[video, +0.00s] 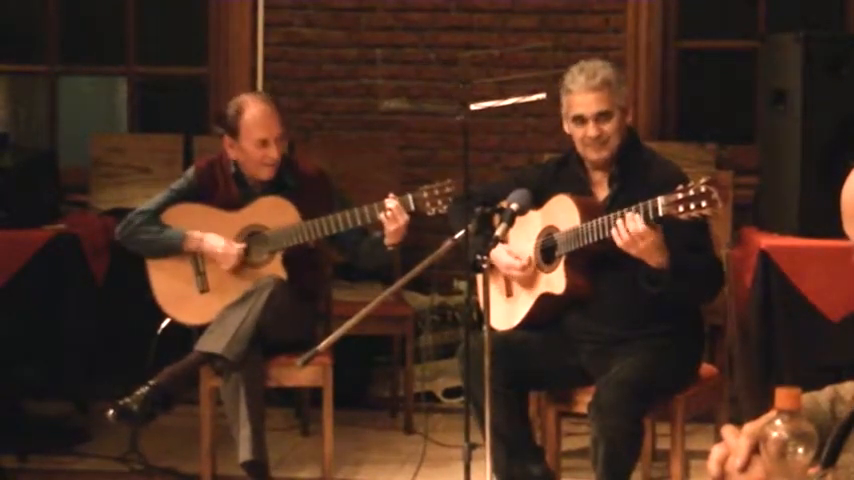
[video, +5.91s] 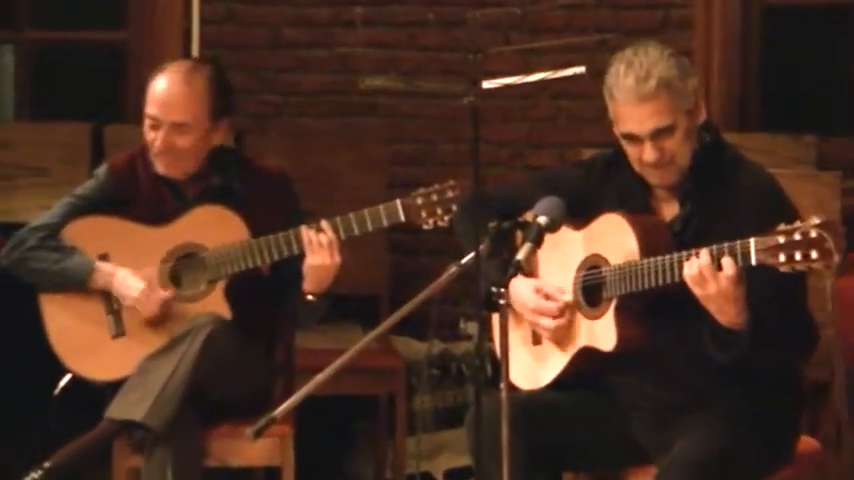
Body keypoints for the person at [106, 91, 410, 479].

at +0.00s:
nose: (274, 153)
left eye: (279, 141)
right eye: (262, 144)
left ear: (286, 137)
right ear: (231, 146)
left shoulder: (307, 183)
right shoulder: (208, 178)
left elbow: (355, 249)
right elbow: (131, 230)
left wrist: (388, 242)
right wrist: (200, 242)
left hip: (296, 314)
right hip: (229, 311)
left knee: (270, 290)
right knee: (243, 353)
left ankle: (167, 383)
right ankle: (254, 468)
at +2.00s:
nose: (276, 168)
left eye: (282, 156)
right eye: (264, 159)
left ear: (289, 145)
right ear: (234, 155)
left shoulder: (308, 184)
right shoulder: (210, 178)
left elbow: (344, 262)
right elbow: (133, 229)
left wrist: (375, 250)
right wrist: (197, 255)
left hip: (296, 315)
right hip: (229, 311)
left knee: (272, 291)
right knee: (244, 350)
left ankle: (167, 381)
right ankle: (255, 468)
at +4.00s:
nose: (275, 151)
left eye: (280, 139)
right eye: (263, 142)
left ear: (287, 136)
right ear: (232, 143)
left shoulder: (310, 185)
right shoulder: (206, 178)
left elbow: (345, 260)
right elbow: (131, 232)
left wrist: (389, 238)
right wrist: (197, 243)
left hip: (297, 319)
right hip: (225, 313)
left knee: (266, 289)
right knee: (244, 356)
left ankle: (169, 395)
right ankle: (252, 470)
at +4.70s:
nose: (265, 157)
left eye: (271, 143)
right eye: (251, 145)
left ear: (278, 135)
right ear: (214, 141)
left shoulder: (296, 190)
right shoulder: (182, 177)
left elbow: (321, 286)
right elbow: (92, 233)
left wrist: (348, 276)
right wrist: (175, 249)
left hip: (278, 338)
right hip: (198, 328)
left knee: (246, 306)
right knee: (217, 390)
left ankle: (130, 416)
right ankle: (218, 475)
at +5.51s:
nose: (213, 137)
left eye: (224, 121)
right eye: (196, 123)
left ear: (239, 122)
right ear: (165, 126)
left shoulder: (273, 189)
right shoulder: (139, 177)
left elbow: (296, 306)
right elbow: (39, 246)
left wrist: (320, 287)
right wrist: (131, 265)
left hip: (251, 361)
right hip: (157, 353)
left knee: (218, 327)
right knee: (183, 420)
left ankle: (86, 445)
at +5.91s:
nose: (161, 142)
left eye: (180, 129)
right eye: (153, 124)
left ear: (220, 132)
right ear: (143, 119)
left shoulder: (265, 190)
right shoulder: (123, 177)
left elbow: (293, 314)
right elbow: (21, 251)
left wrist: (314, 291)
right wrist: (110, 277)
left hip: (242, 370)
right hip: (144, 359)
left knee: (207, 333)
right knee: (172, 433)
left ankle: (92, 446)